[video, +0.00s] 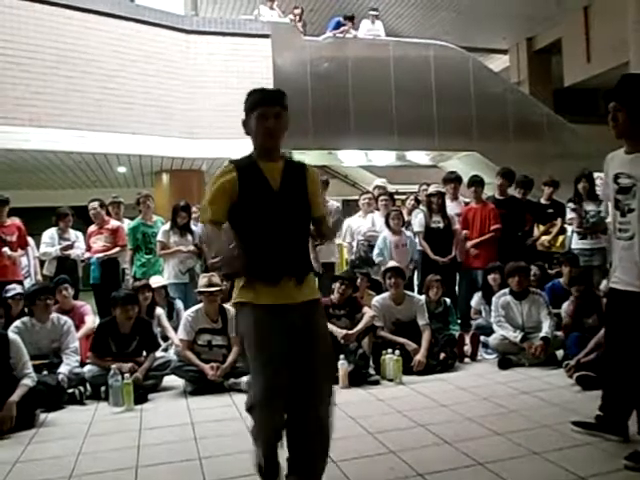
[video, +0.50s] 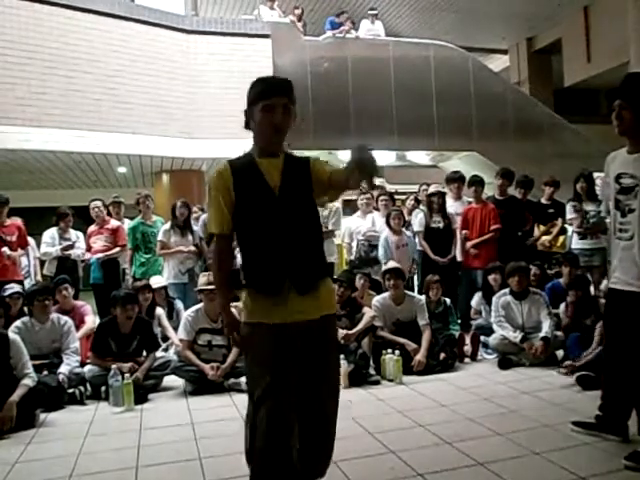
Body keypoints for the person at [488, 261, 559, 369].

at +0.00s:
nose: (517, 280)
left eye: (521, 276)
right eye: (513, 277)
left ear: (528, 278)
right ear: (508, 280)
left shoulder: (539, 296)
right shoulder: (499, 299)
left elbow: (548, 319)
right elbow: (498, 323)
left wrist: (544, 339)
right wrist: (521, 339)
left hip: (535, 335)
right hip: (512, 335)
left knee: (558, 338)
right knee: (495, 341)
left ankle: (518, 360)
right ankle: (542, 357)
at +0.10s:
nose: (517, 280)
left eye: (521, 276)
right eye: (513, 277)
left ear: (527, 278)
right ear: (508, 280)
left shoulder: (539, 297)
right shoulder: (499, 299)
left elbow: (548, 319)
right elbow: (498, 323)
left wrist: (544, 339)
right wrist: (521, 339)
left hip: (535, 335)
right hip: (512, 335)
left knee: (559, 337)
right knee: (495, 341)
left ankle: (519, 360)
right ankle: (542, 358)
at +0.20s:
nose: (517, 280)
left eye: (521, 276)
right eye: (513, 277)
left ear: (527, 278)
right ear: (508, 280)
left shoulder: (539, 297)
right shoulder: (499, 299)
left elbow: (548, 319)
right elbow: (498, 323)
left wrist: (544, 339)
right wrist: (521, 339)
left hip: (535, 335)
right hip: (512, 336)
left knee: (559, 338)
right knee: (495, 341)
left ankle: (519, 360)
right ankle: (541, 358)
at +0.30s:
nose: (517, 280)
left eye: (521, 276)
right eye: (513, 277)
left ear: (527, 278)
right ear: (508, 280)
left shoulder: (539, 296)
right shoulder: (499, 299)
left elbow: (548, 319)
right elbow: (498, 323)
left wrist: (544, 339)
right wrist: (522, 339)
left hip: (535, 335)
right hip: (512, 336)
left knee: (558, 338)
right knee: (495, 341)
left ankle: (519, 360)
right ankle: (541, 358)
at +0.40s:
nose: (517, 280)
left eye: (521, 276)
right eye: (513, 277)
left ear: (527, 278)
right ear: (508, 280)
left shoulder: (539, 296)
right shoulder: (499, 299)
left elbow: (548, 319)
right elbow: (498, 323)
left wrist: (544, 339)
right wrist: (522, 339)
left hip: (535, 335)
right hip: (512, 336)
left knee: (558, 338)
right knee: (495, 341)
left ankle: (519, 360)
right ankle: (541, 358)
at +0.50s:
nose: (517, 280)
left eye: (521, 276)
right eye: (513, 277)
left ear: (527, 278)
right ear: (508, 280)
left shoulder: (539, 296)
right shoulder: (499, 299)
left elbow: (548, 319)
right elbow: (498, 323)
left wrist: (544, 339)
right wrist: (522, 339)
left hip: (535, 335)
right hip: (512, 336)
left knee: (558, 338)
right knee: (495, 341)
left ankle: (519, 360)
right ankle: (541, 358)